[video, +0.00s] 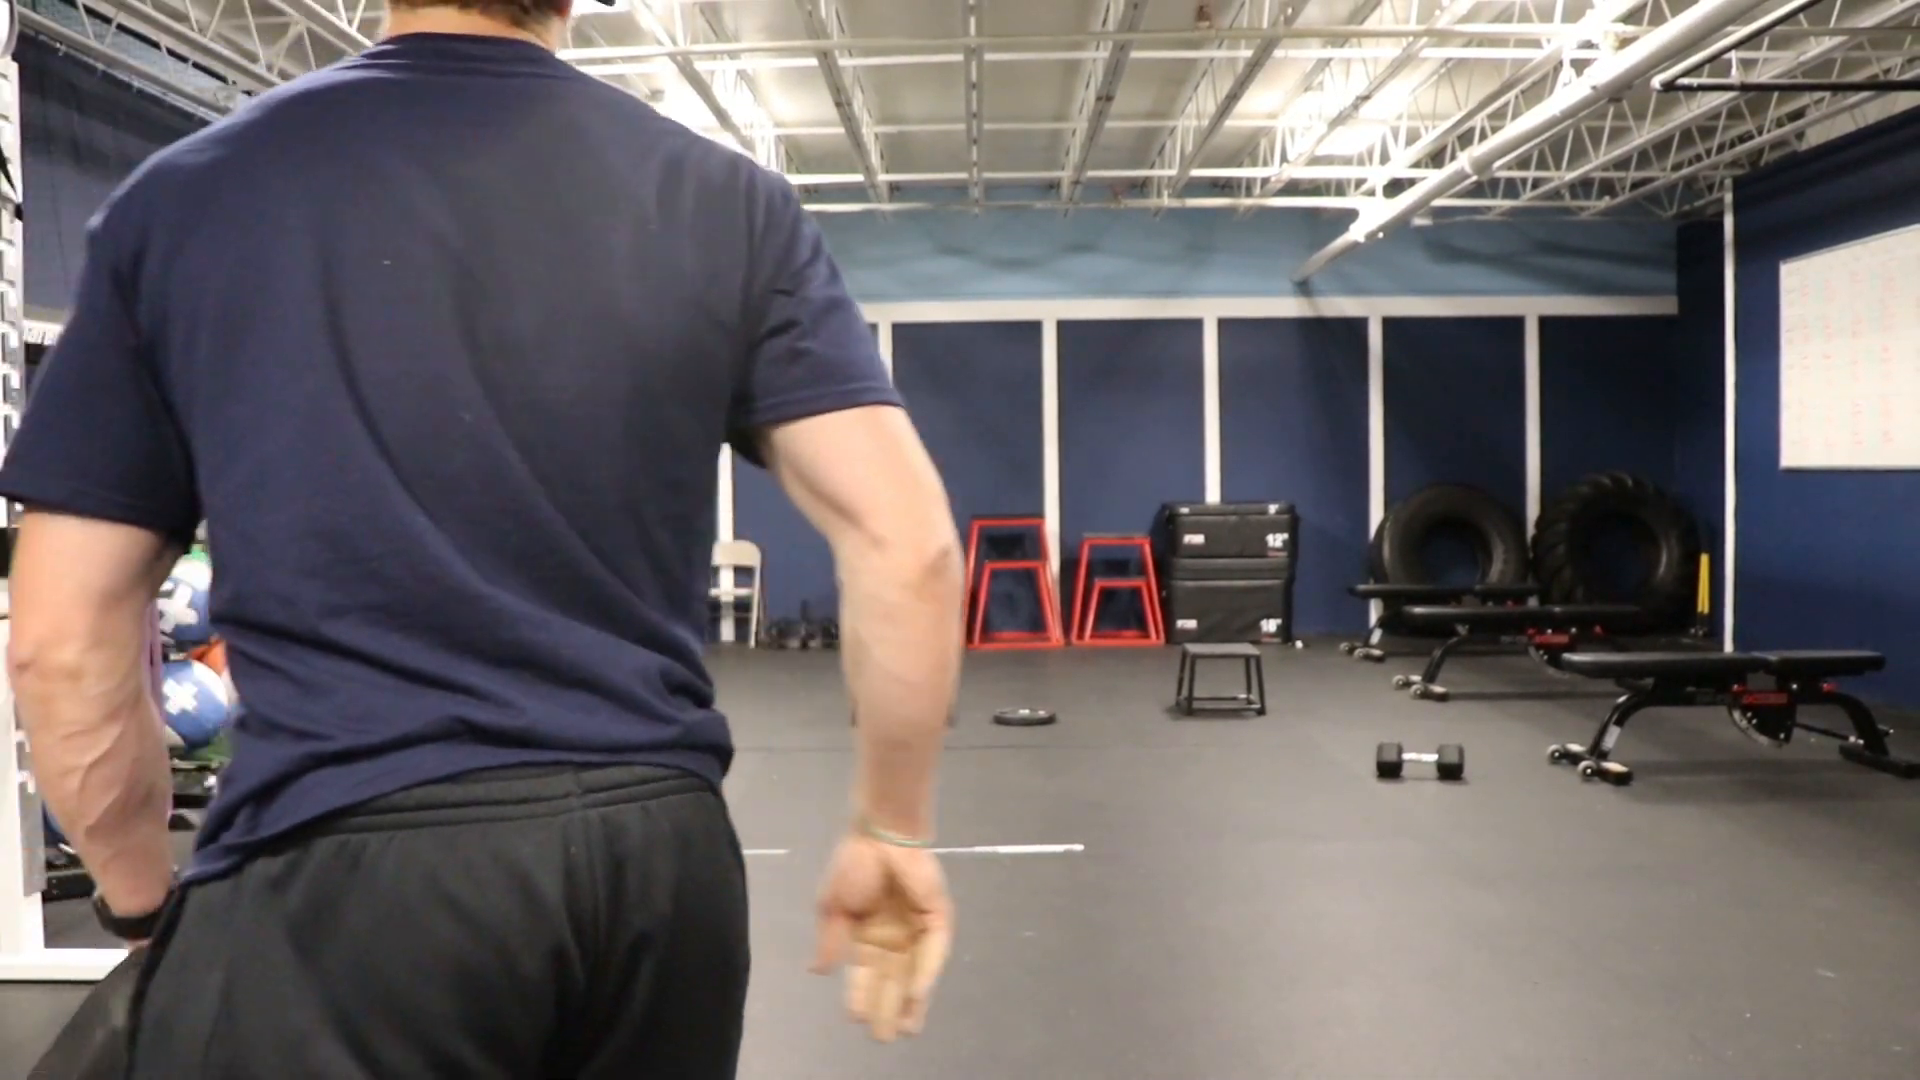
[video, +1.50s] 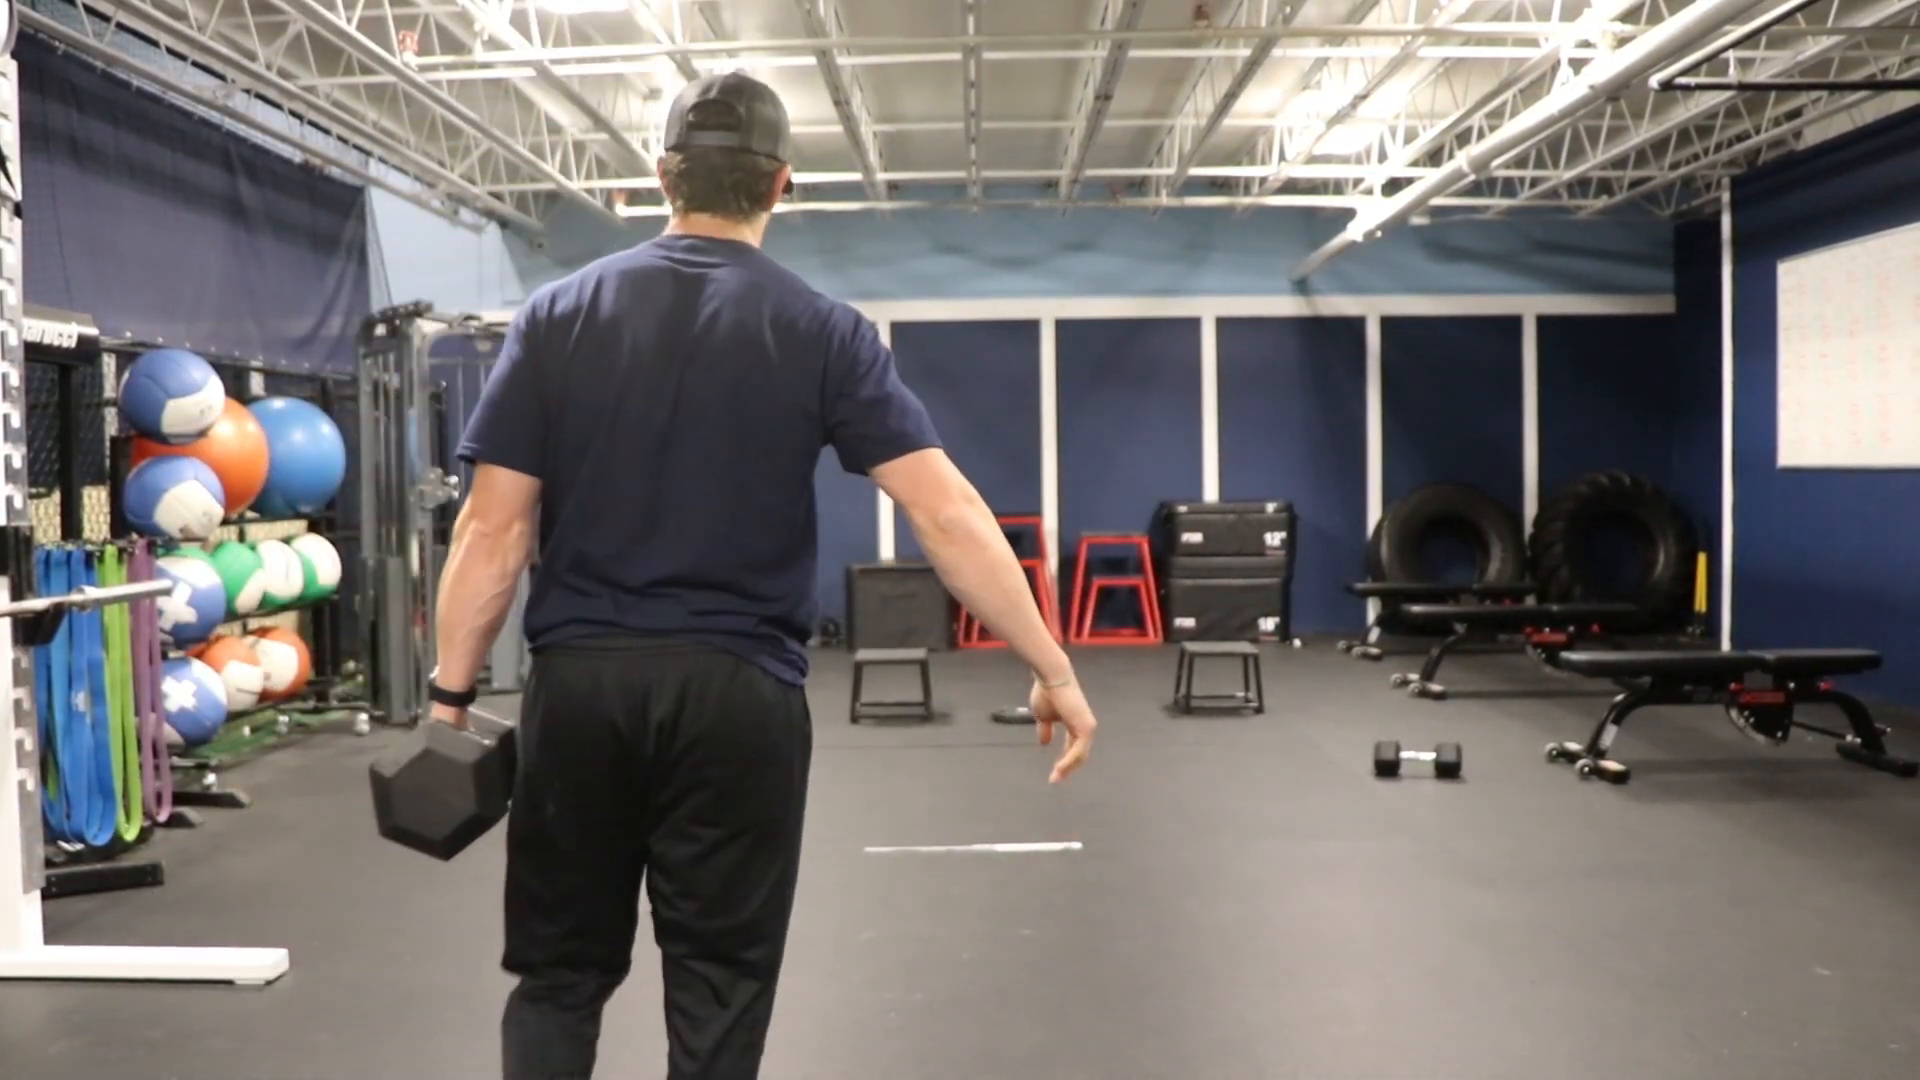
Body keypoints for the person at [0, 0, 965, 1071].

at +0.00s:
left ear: (387, 5)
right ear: (565, 5)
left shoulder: (187, 200)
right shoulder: (722, 196)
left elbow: (61, 638)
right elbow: (910, 537)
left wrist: (151, 903)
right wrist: (893, 827)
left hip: (337, 876)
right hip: (663, 853)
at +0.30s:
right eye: (751, 16)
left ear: (570, 16)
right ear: (746, 21)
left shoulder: (371, 202)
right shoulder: (850, 223)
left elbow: (192, 548)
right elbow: (1022, 546)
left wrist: (170, 795)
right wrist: (1126, 848)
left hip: (420, 841)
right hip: (716, 847)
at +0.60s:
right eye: (744, 63)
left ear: (566, 66)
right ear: (734, 69)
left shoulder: (395, 254)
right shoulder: (810, 266)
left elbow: (262, 556)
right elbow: (967, 548)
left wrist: (232, 794)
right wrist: (1083, 810)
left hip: (435, 808)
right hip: (684, 816)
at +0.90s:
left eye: (522, 75)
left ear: (519, 93)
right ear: (667, 100)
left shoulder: (386, 276)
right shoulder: (730, 264)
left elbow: (307, 556)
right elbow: (879, 495)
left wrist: (284, 781)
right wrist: (1029, 715)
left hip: (442, 750)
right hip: (658, 756)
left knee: (445, 1069)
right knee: (698, 1066)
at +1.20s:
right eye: (692, 132)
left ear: (570, 147)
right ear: (695, 154)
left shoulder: (454, 310)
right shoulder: (754, 299)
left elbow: (388, 557)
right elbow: (887, 487)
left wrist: (359, 752)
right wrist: (1044, 680)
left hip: (496, 725)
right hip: (689, 730)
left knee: (484, 1060)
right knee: (700, 1060)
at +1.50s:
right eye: (779, 171)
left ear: (660, 178)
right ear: (779, 187)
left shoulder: (557, 315)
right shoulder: (821, 329)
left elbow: (496, 520)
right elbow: (943, 507)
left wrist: (446, 700)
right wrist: (1051, 664)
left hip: (579, 689)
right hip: (740, 694)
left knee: (555, 980)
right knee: (720, 996)